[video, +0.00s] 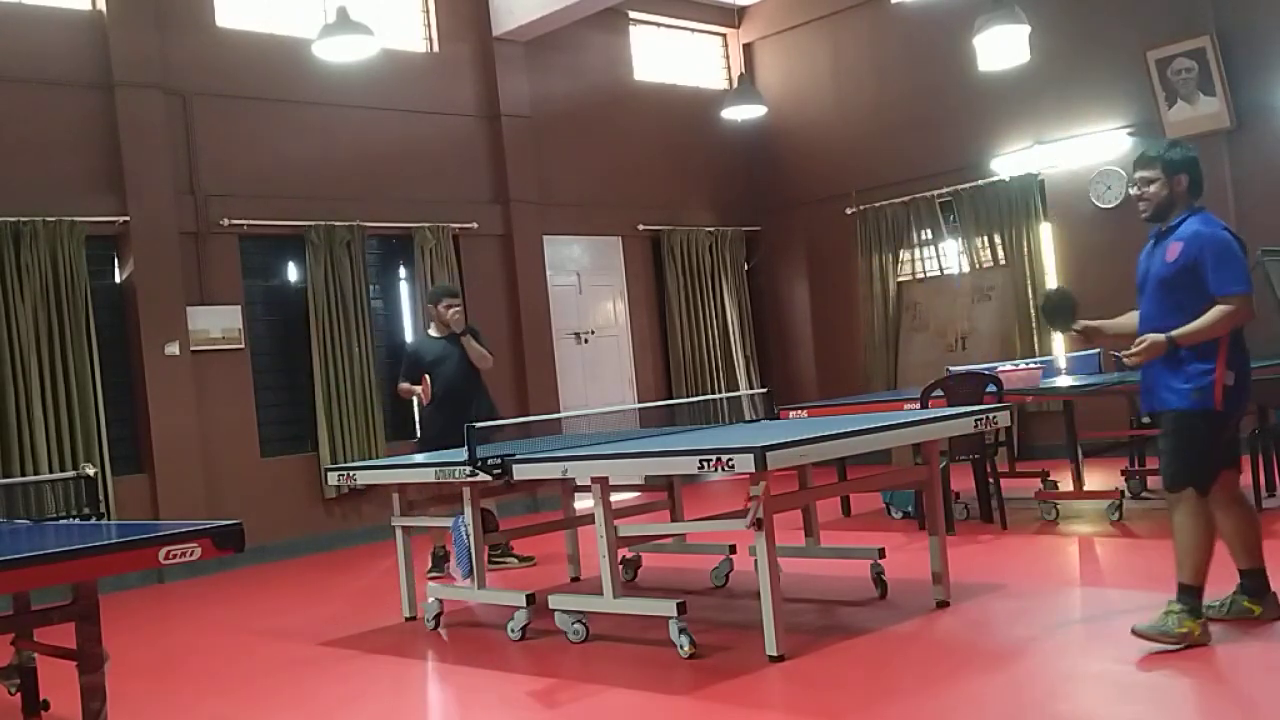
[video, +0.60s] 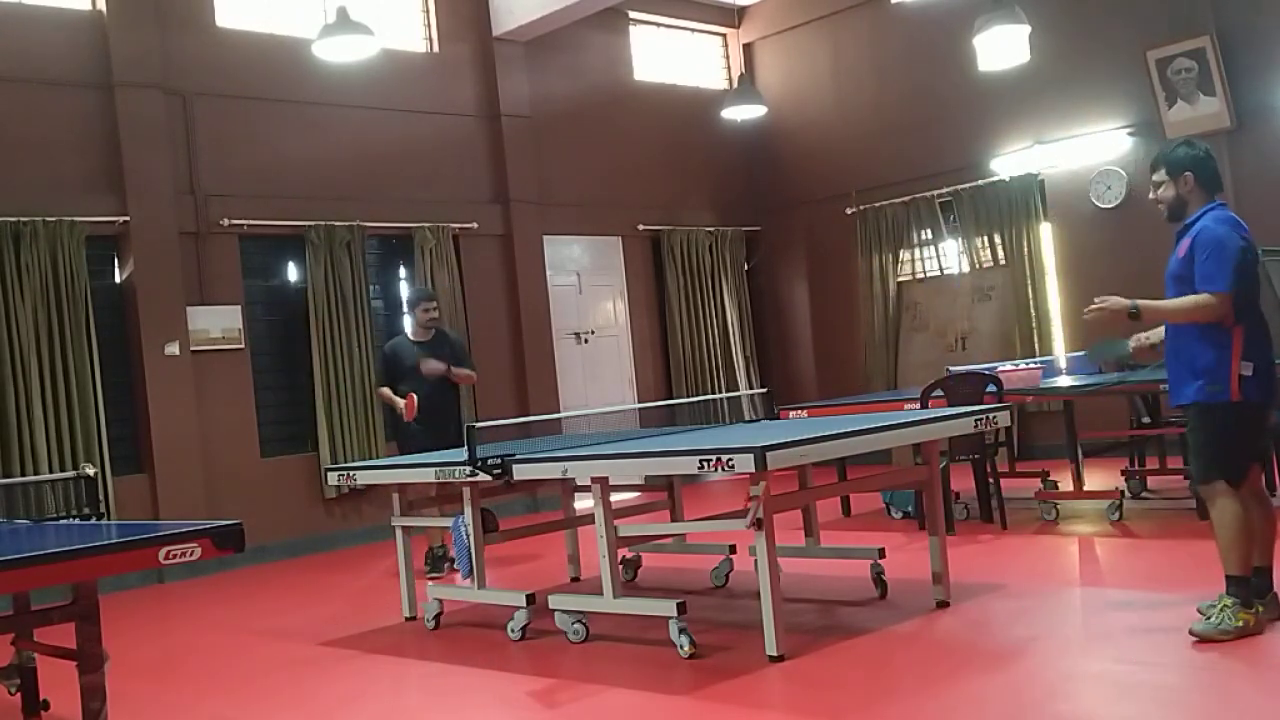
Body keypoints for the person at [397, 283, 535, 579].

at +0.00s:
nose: (456, 312)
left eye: (458, 307)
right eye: (449, 307)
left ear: (463, 309)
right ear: (433, 310)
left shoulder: (469, 335)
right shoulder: (418, 347)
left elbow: (486, 363)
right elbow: (402, 386)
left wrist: (461, 333)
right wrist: (417, 391)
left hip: (476, 424)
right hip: (438, 430)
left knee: (485, 486)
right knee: (440, 493)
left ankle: (495, 546)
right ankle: (440, 552)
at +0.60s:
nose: (433, 315)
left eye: (435, 309)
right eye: (427, 311)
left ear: (439, 310)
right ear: (411, 313)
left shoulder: (449, 341)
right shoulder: (393, 349)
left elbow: (471, 376)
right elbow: (381, 387)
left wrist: (445, 369)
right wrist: (396, 402)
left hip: (449, 428)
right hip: (414, 432)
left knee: (451, 492)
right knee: (424, 493)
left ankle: (450, 548)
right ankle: (435, 548)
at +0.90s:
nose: (430, 315)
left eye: (433, 309)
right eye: (423, 310)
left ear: (437, 311)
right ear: (408, 314)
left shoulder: (451, 346)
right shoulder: (391, 349)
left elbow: (466, 380)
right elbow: (374, 384)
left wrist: (462, 406)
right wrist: (386, 399)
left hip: (440, 436)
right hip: (402, 438)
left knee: (437, 495)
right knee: (402, 499)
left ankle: (435, 550)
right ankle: (402, 559)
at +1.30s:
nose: (409, 312)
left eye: (411, 307)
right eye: (401, 308)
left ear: (416, 311)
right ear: (386, 315)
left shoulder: (430, 341)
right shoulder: (376, 355)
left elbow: (445, 375)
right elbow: (362, 397)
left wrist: (452, 401)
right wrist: (386, 400)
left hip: (438, 435)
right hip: (398, 442)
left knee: (462, 490)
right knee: (394, 500)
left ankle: (477, 545)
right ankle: (389, 562)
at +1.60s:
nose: (430, 314)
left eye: (434, 308)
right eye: (423, 310)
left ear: (441, 312)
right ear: (415, 316)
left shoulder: (462, 343)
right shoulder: (401, 355)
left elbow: (482, 375)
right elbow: (390, 396)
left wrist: (484, 405)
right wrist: (408, 405)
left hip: (465, 436)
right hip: (421, 442)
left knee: (492, 489)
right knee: (404, 499)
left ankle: (506, 548)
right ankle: (391, 562)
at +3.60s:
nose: (444, 334)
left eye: (447, 329)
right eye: (437, 330)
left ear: (451, 332)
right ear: (421, 335)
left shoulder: (464, 364)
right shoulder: (406, 371)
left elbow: (480, 401)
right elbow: (399, 416)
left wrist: (479, 425)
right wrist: (423, 420)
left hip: (462, 452)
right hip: (418, 455)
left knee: (504, 483)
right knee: (393, 493)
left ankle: (508, 549)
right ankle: (393, 563)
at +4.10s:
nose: (440, 323)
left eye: (443, 319)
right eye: (433, 319)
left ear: (447, 323)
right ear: (419, 326)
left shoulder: (462, 356)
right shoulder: (404, 364)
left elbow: (477, 393)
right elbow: (398, 409)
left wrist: (478, 420)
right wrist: (420, 419)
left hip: (462, 447)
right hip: (418, 449)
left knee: (501, 482)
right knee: (396, 497)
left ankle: (507, 548)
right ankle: (392, 562)